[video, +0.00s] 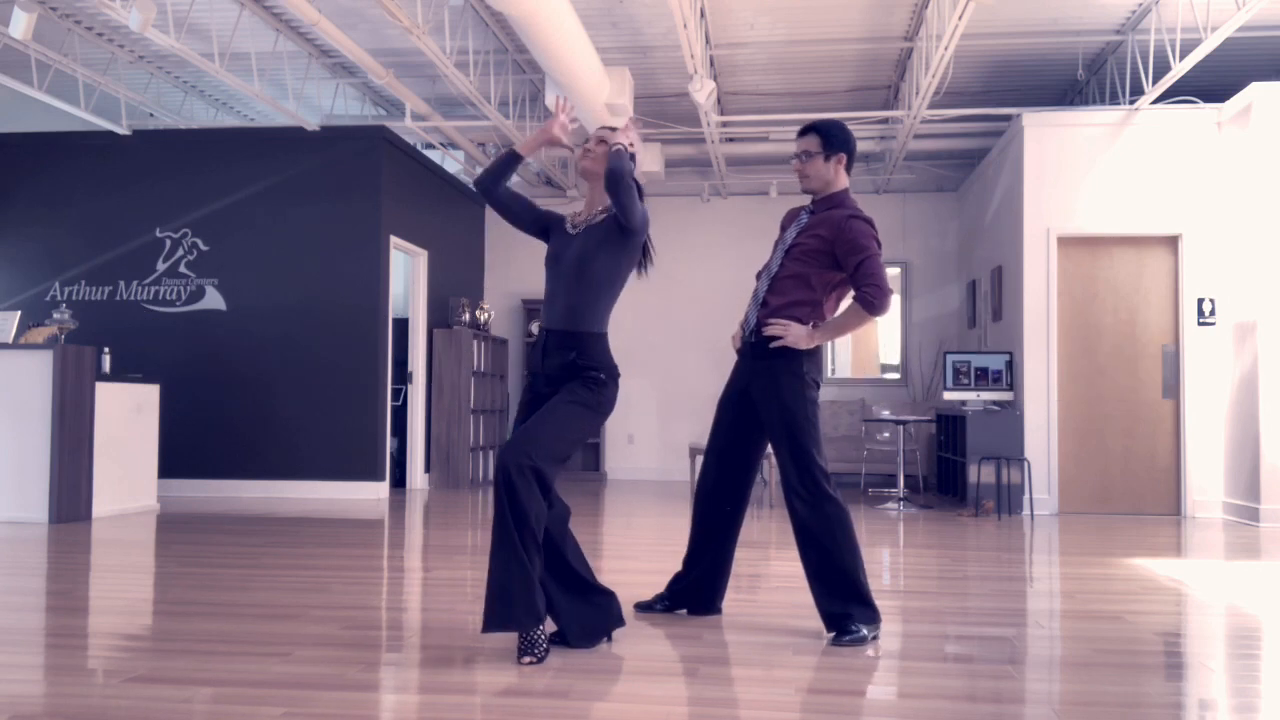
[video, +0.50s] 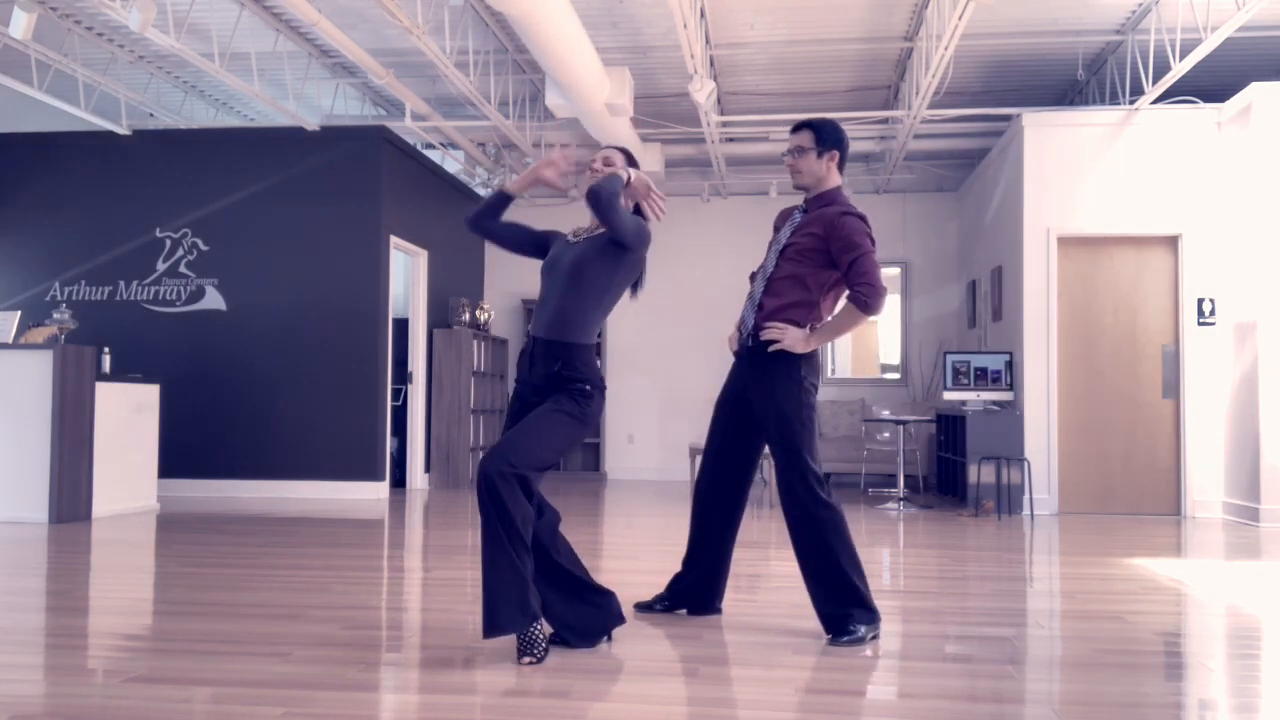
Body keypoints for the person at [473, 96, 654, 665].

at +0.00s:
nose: (589, 149)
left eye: (603, 146)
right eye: (589, 143)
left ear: (622, 166)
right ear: (579, 155)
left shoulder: (627, 226)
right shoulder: (557, 226)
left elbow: (624, 192)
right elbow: (488, 187)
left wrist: (621, 150)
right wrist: (541, 138)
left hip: (588, 376)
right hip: (544, 372)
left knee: (516, 462)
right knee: (530, 490)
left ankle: (532, 617)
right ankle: (587, 608)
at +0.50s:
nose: (596, 170)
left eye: (610, 166)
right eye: (593, 163)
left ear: (632, 187)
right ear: (583, 176)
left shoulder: (633, 236)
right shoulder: (560, 242)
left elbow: (602, 199)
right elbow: (481, 222)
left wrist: (628, 177)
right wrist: (531, 179)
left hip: (576, 388)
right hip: (531, 381)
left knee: (499, 469)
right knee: (517, 496)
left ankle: (529, 618)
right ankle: (586, 611)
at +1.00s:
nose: (553, 128)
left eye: (564, 120)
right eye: (545, 119)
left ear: (583, 133)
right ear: (535, 131)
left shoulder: (587, 200)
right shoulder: (540, 204)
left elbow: (602, 289)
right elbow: (546, 293)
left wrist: (608, 372)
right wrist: (536, 361)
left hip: (598, 349)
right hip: (557, 352)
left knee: (550, 460)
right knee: (552, 471)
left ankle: (543, 618)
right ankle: (589, 604)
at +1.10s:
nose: (547, 137)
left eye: (557, 128)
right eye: (539, 129)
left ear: (578, 140)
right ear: (528, 139)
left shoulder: (590, 204)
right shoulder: (536, 215)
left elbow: (620, 287)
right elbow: (544, 303)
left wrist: (609, 362)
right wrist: (528, 379)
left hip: (602, 352)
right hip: (560, 356)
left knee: (549, 454)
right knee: (556, 474)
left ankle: (541, 617)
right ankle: (588, 606)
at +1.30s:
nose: (542, 149)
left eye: (553, 140)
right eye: (534, 140)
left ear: (574, 150)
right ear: (524, 150)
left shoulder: (586, 219)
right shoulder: (519, 220)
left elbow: (612, 304)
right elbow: (536, 301)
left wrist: (624, 387)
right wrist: (532, 378)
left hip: (610, 358)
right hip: (566, 361)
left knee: (552, 461)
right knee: (553, 477)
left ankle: (542, 621)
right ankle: (591, 608)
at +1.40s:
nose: (543, 147)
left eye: (555, 139)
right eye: (536, 138)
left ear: (576, 150)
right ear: (526, 148)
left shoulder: (582, 217)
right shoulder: (531, 217)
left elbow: (613, 298)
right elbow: (546, 301)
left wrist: (631, 380)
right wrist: (529, 369)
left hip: (608, 361)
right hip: (567, 363)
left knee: (552, 461)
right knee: (556, 478)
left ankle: (540, 619)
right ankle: (587, 609)